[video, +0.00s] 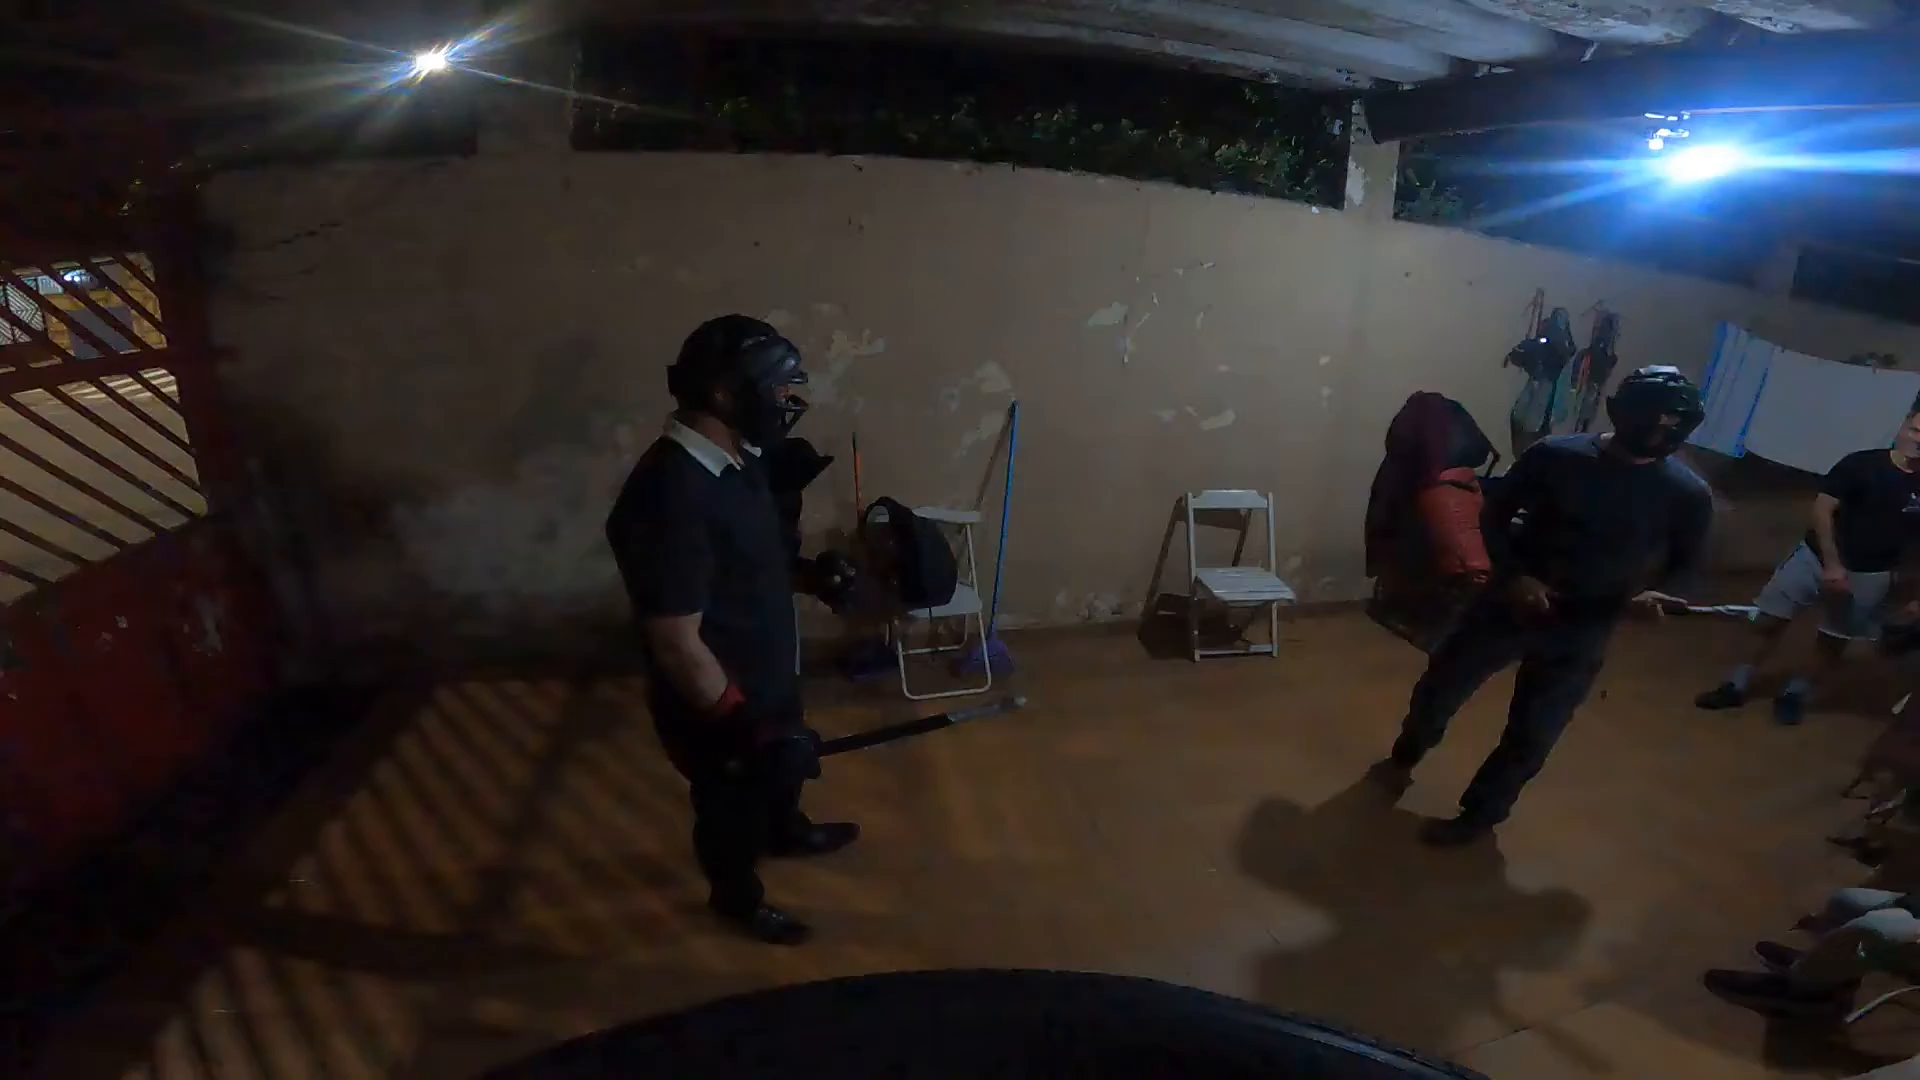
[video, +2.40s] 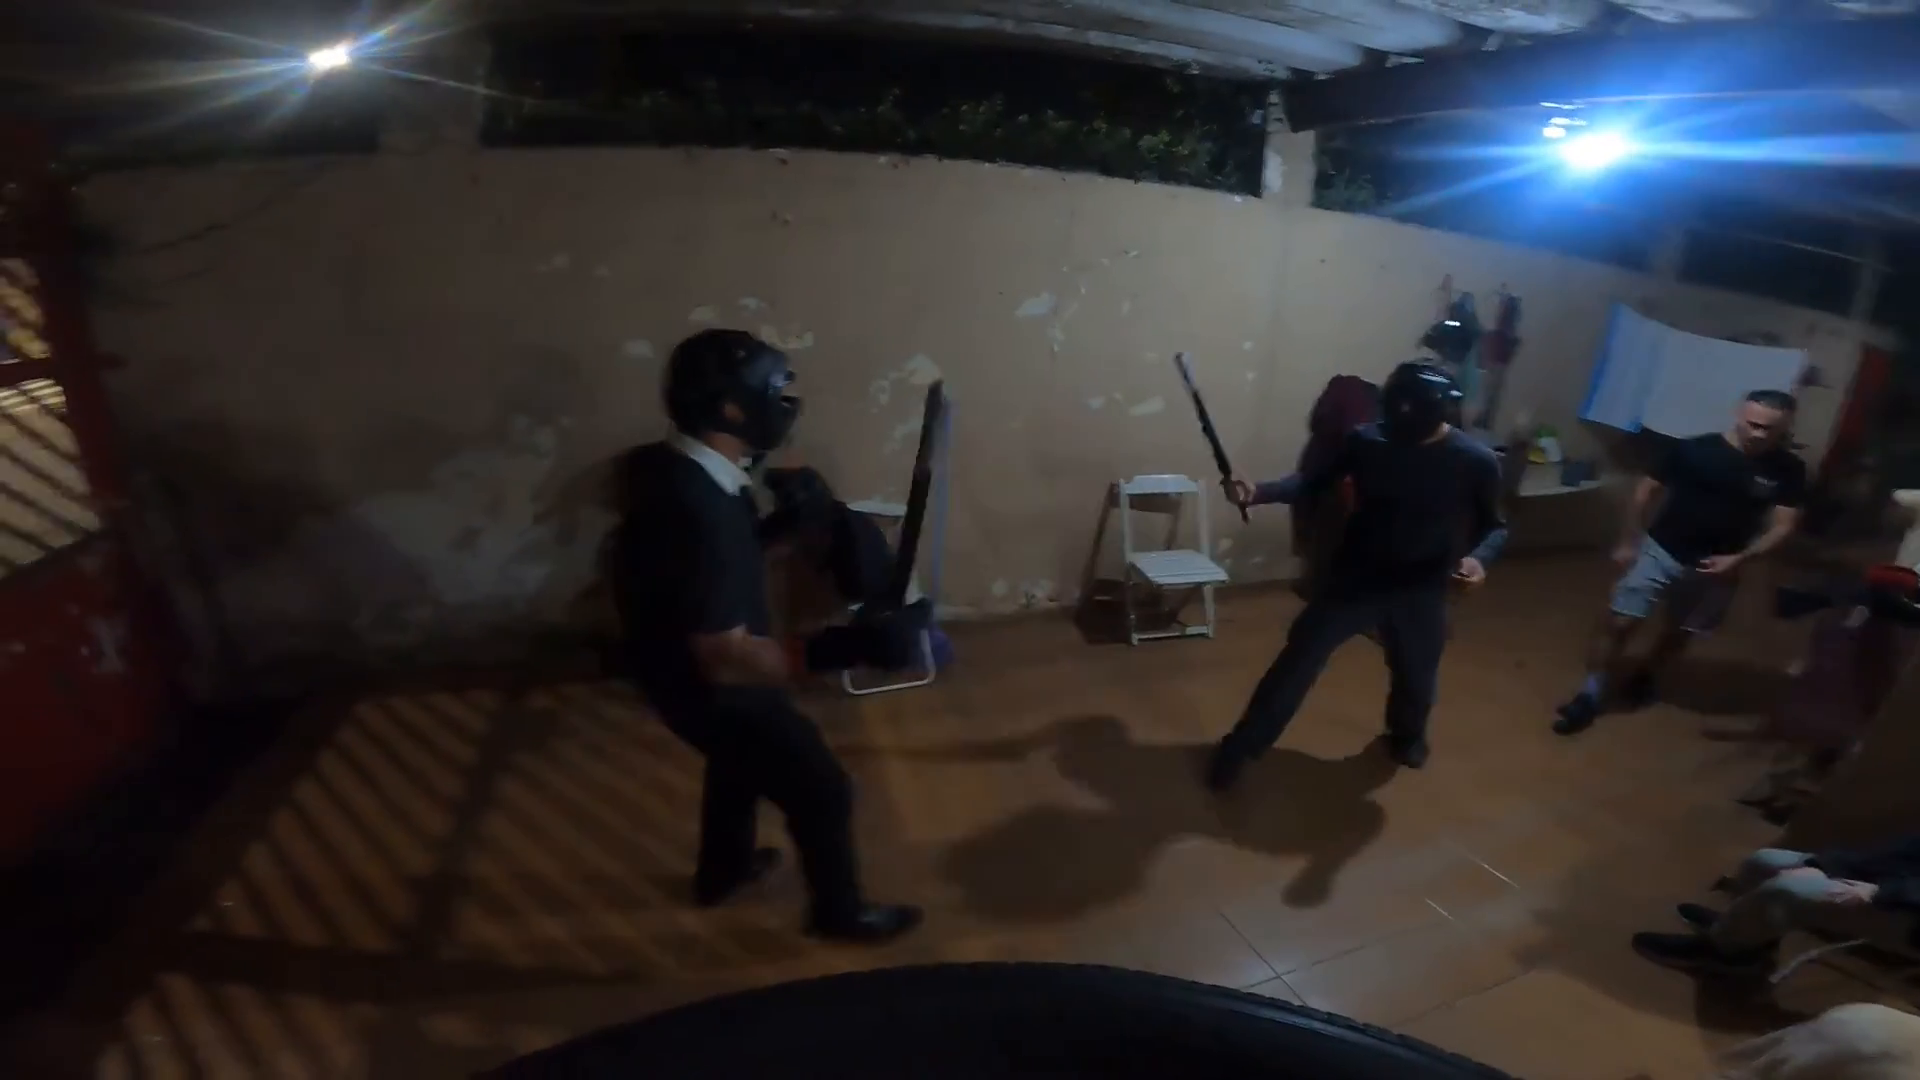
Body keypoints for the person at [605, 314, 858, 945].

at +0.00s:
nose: (787, 398)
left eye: (787, 383)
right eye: (771, 383)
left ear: (723, 394)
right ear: (721, 393)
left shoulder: (738, 461)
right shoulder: (666, 491)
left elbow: (749, 566)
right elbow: (674, 638)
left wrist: (810, 576)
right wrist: (737, 716)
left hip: (764, 663)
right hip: (710, 685)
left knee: (778, 756)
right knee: (728, 802)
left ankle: (781, 829)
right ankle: (736, 899)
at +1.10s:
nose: (716, 399)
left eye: (712, 384)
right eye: (699, 387)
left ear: (652, 410)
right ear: (650, 408)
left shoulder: (677, 483)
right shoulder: (606, 513)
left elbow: (751, 584)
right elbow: (634, 665)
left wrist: (746, 504)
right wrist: (723, 727)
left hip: (733, 699)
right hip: (683, 723)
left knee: (745, 817)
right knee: (709, 826)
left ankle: (738, 902)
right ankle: (715, 918)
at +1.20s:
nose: (702, 401)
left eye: (697, 386)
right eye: (683, 390)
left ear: (637, 411)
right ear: (633, 410)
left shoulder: (666, 483)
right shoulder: (587, 520)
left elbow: (747, 580)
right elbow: (633, 666)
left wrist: (735, 503)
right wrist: (734, 712)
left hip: (723, 700)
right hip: (668, 723)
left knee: (736, 814)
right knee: (694, 826)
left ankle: (729, 901)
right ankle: (703, 918)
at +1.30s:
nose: (626, 404)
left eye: (623, 390)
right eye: (609, 392)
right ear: (574, 405)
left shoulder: (591, 492)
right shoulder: (534, 512)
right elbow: (565, 645)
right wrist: (647, 694)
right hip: (616, 706)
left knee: (662, 805)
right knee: (656, 812)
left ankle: (667, 904)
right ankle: (664, 916)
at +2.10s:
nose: (703, 393)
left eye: (699, 378)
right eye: (687, 381)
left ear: (643, 401)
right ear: (644, 400)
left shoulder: (648, 468)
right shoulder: (609, 499)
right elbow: (638, 652)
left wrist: (705, 518)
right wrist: (745, 682)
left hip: (677, 683)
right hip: (649, 702)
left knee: (707, 785)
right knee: (707, 810)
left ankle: (703, 861)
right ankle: (672, 909)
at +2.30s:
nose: (753, 400)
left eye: (750, 385)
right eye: (738, 389)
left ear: (692, 408)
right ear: (697, 407)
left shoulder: (663, 470)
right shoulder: (662, 500)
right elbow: (689, 650)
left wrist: (748, 517)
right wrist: (793, 664)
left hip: (681, 670)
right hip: (679, 687)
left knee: (724, 765)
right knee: (798, 792)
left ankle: (709, 877)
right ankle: (755, 905)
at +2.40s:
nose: (787, 403)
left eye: (782, 389)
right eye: (771, 391)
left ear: (724, 411)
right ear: (730, 410)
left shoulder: (680, 473)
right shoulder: (701, 503)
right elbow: (718, 643)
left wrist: (784, 520)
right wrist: (808, 659)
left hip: (679, 668)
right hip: (704, 682)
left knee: (739, 752)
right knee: (819, 784)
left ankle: (723, 867)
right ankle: (837, 909)